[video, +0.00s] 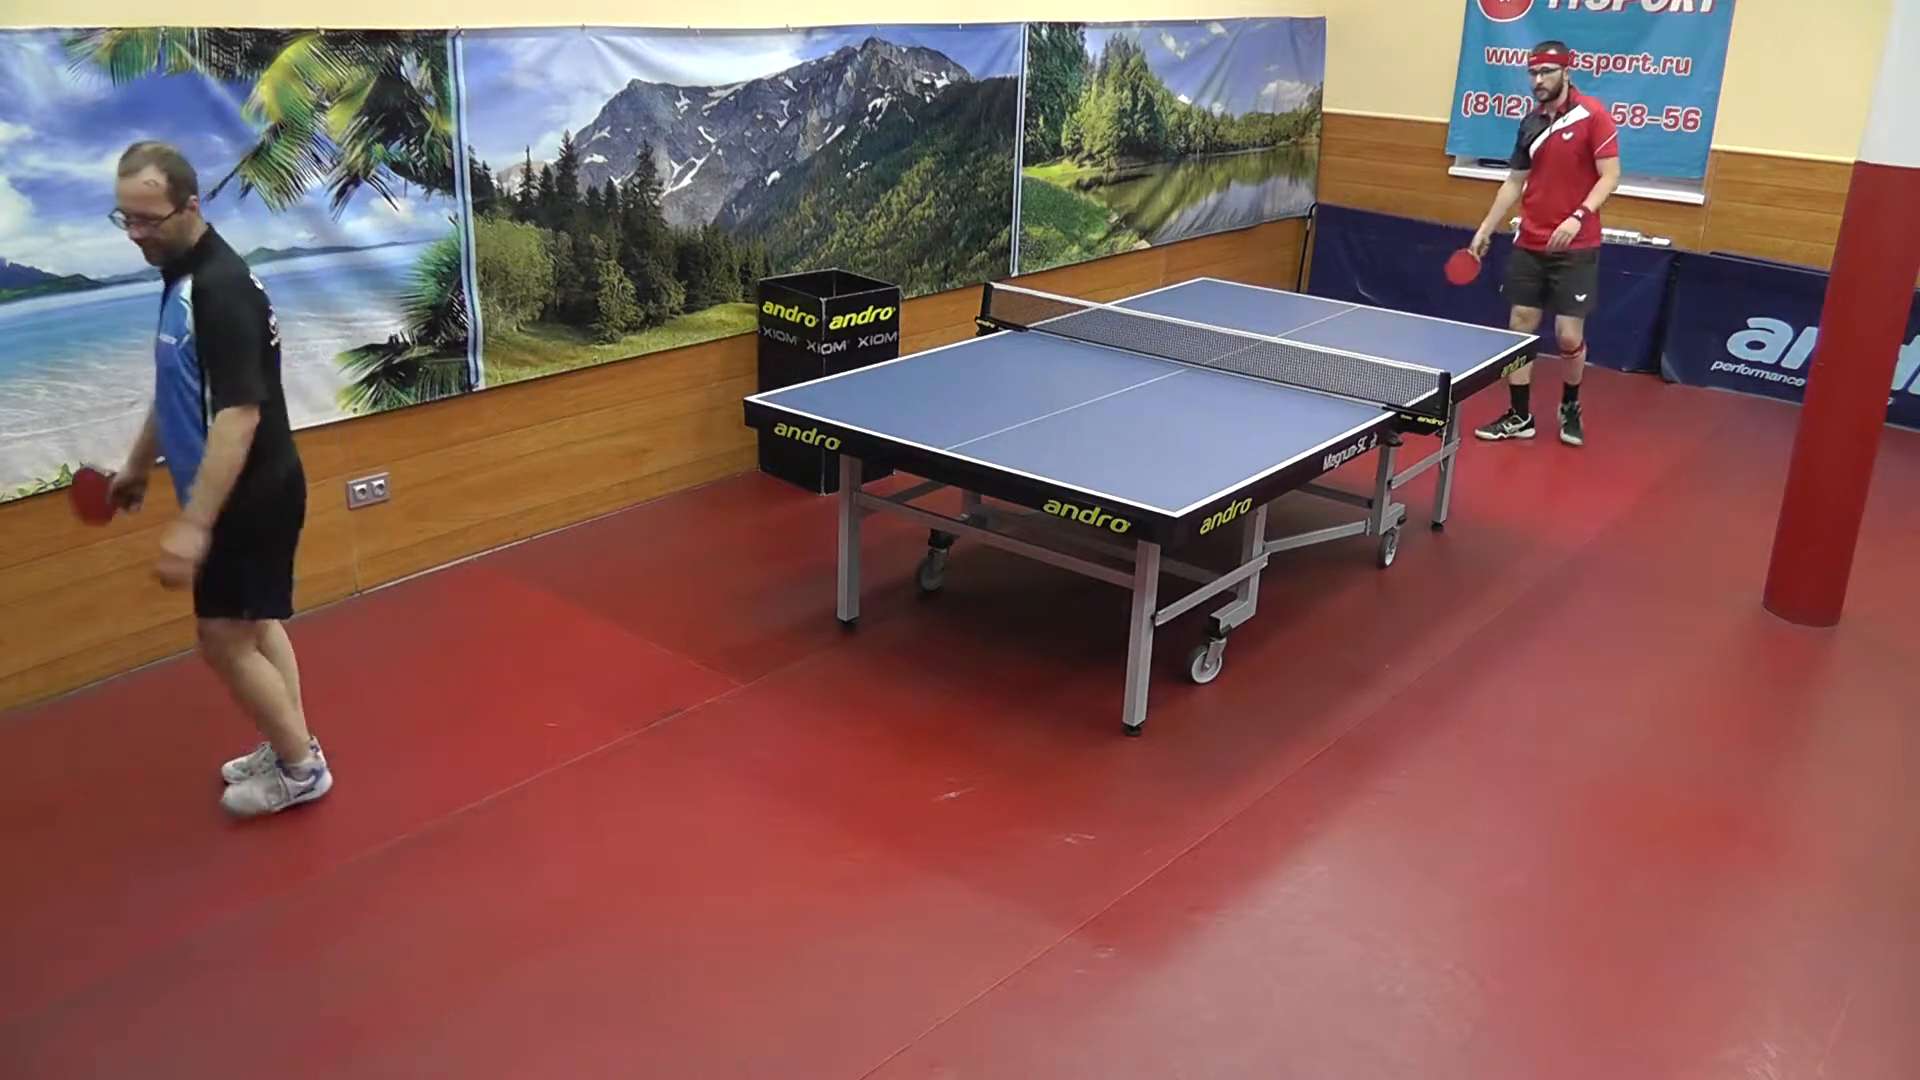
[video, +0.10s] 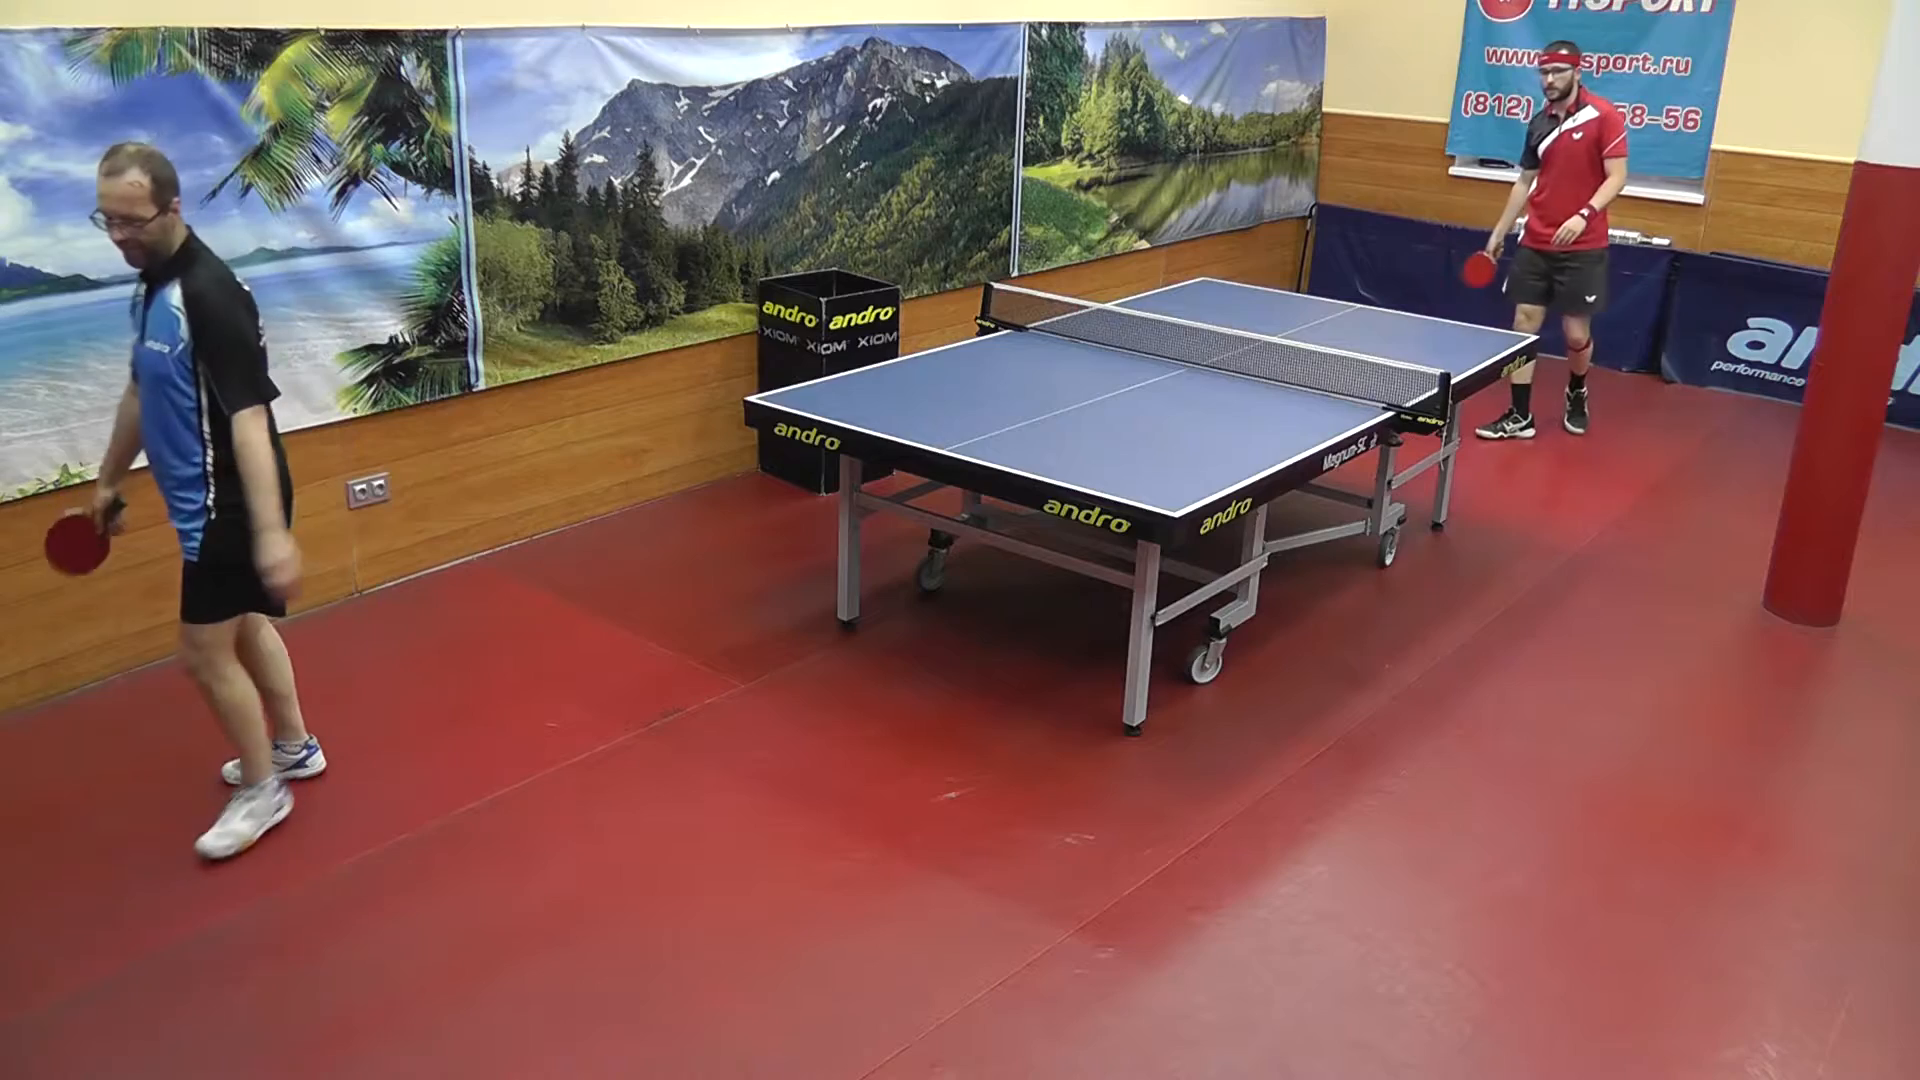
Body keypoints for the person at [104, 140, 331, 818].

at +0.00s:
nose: (133, 234)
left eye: (146, 219)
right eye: (125, 219)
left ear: (189, 207)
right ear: (122, 211)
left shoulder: (219, 285)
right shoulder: (182, 275)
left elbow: (240, 415)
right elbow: (179, 387)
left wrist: (195, 522)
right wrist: (139, 465)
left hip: (252, 488)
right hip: (233, 484)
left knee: (223, 643)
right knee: (258, 624)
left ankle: (301, 769)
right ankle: (291, 747)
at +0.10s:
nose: (117, 235)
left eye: (131, 219)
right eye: (107, 220)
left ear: (171, 208)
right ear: (102, 213)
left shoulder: (211, 291)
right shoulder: (154, 283)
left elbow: (250, 417)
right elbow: (143, 390)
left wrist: (271, 529)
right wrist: (108, 479)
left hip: (230, 503)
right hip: (200, 501)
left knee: (206, 654)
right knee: (247, 626)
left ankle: (264, 787)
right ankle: (292, 743)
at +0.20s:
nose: (100, 245)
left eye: (115, 230)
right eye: (90, 230)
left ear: (154, 218)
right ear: (82, 221)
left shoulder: (196, 300)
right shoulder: (121, 295)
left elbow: (262, 412)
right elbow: (117, 402)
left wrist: (321, 516)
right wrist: (96, 497)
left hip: (225, 513)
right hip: (186, 513)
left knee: (192, 664)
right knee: (242, 624)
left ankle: (216, 822)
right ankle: (292, 742)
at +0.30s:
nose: (81, 260)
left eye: (95, 245)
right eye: (71, 244)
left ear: (135, 232)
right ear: (62, 232)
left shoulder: (185, 312)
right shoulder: (93, 306)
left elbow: (266, 413)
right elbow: (98, 417)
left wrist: (334, 510)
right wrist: (84, 520)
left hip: (210, 527)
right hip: (165, 524)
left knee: (178, 679)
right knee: (234, 631)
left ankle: (179, 847)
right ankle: (291, 737)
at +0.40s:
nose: (68, 272)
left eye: (82, 256)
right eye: (57, 256)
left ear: (121, 243)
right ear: (47, 243)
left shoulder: (173, 326)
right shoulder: (68, 317)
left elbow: (251, 430)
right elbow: (73, 433)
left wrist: (320, 525)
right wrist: (65, 539)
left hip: (188, 543)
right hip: (139, 542)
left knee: (164, 701)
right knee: (213, 649)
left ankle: (174, 862)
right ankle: (279, 731)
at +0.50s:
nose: (59, 283)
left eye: (75, 268)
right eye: (46, 267)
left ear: (112, 249)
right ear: (36, 253)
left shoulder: (164, 338)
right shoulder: (45, 325)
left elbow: (230, 455)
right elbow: (46, 445)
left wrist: (282, 559)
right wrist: (37, 558)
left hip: (169, 565)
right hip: (102, 564)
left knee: (161, 712)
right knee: (135, 682)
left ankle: (174, 863)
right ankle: (239, 724)